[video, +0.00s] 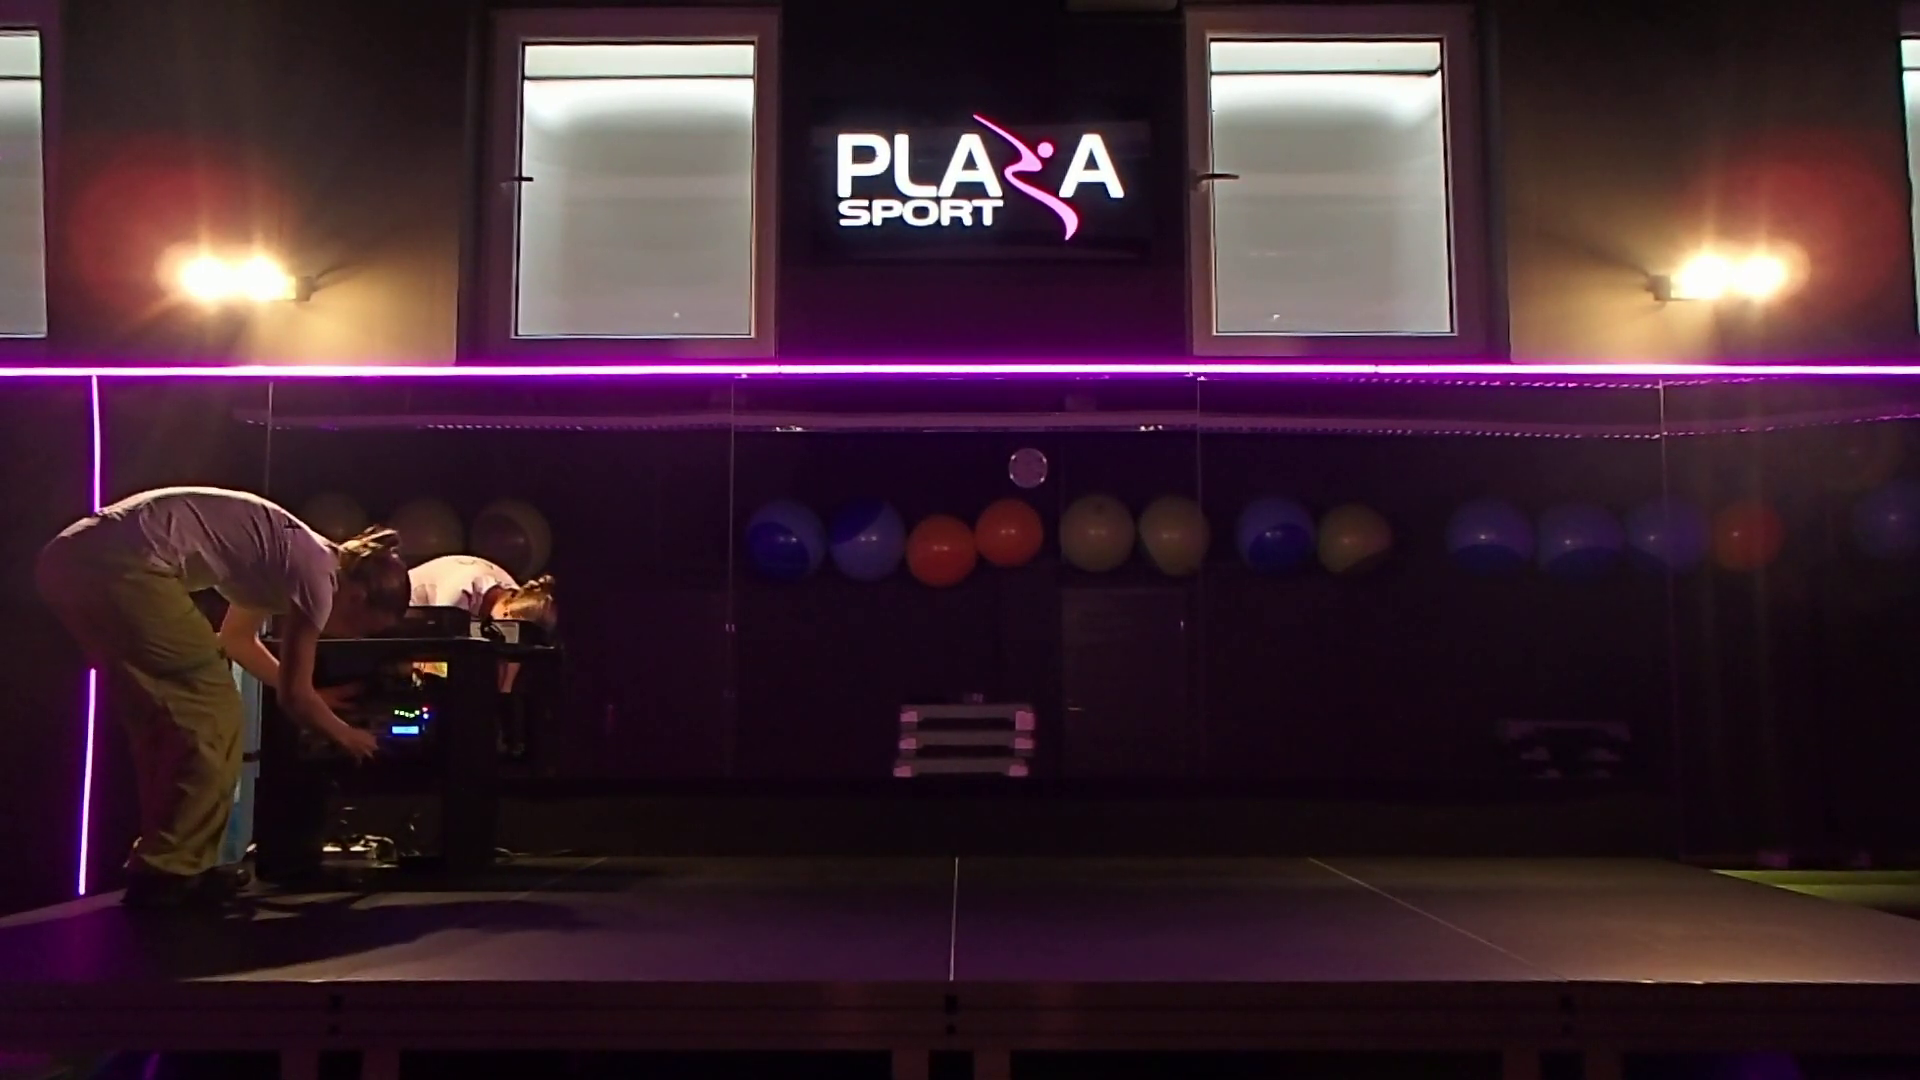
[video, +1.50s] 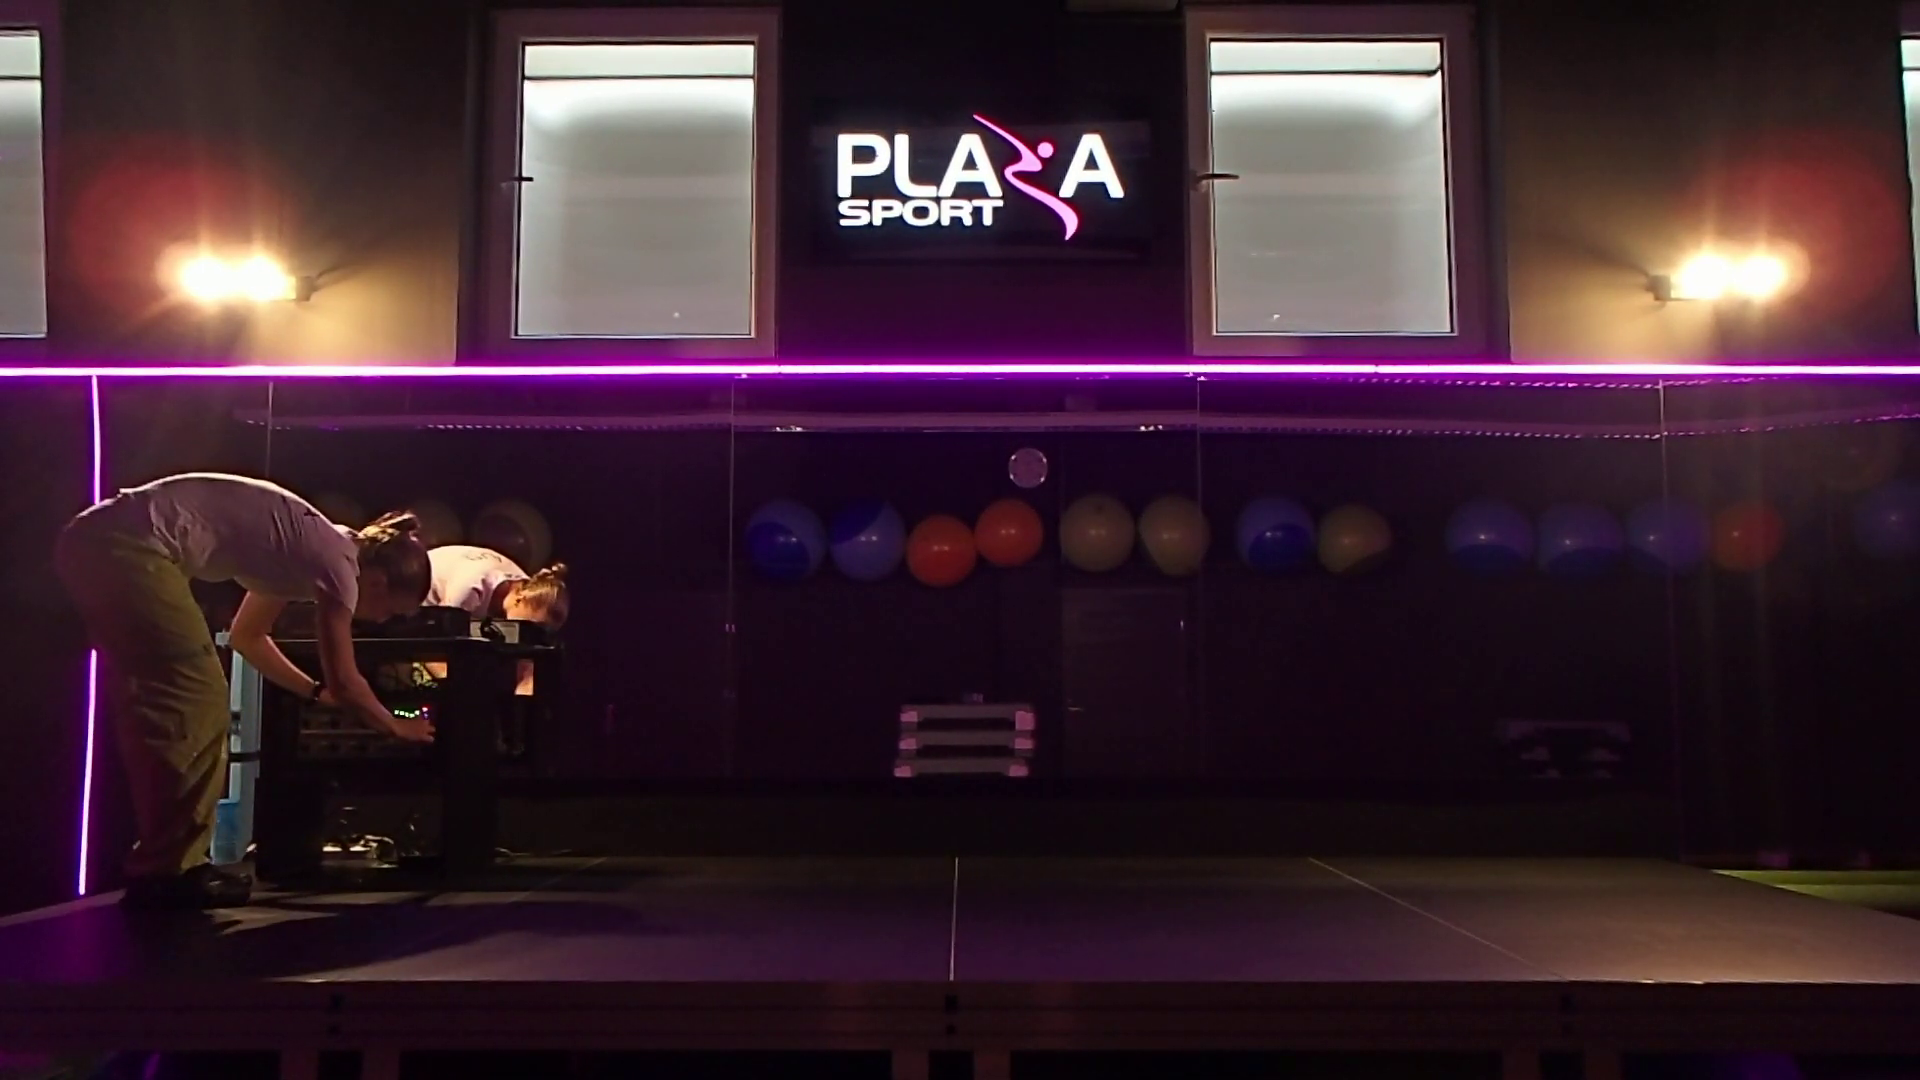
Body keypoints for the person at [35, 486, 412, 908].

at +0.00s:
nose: (354, 633)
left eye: (367, 630)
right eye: (365, 624)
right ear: (354, 592)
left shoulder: (277, 560)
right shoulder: (315, 572)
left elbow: (236, 638)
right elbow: (297, 695)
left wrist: (299, 689)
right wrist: (344, 734)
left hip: (79, 559)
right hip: (123, 563)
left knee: (161, 710)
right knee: (214, 701)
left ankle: (163, 862)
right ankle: (173, 869)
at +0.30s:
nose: (371, 595)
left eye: (382, 586)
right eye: (379, 579)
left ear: (357, 537)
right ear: (365, 551)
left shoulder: (290, 523)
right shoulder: (311, 535)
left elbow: (245, 628)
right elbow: (269, 644)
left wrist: (294, 679)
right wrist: (305, 745)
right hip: (121, 562)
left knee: (185, 720)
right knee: (202, 722)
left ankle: (175, 868)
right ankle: (167, 874)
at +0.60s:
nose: (390, 550)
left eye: (398, 542)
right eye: (394, 537)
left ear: (372, 507)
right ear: (374, 507)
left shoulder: (310, 523)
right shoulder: (299, 489)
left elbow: (268, 604)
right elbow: (209, 554)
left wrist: (317, 676)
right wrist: (186, 654)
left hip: (144, 558)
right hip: (102, 548)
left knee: (194, 699)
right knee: (155, 704)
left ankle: (188, 859)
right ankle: (151, 874)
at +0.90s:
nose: (378, 589)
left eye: (387, 582)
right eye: (385, 578)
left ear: (365, 541)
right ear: (372, 549)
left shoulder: (307, 529)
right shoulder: (306, 538)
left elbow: (260, 627)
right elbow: (271, 649)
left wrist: (315, 688)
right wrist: (311, 731)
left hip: (139, 557)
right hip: (104, 550)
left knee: (191, 701)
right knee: (172, 703)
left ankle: (182, 865)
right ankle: (163, 874)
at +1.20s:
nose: (379, 614)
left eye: (391, 609)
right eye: (388, 604)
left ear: (374, 566)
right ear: (377, 575)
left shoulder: (294, 553)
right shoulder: (330, 559)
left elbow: (248, 634)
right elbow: (341, 679)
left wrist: (313, 690)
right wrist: (396, 726)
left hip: (103, 545)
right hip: (119, 549)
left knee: (176, 697)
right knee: (195, 696)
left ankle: (168, 866)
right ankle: (171, 871)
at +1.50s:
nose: (379, 619)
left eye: (391, 615)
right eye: (389, 609)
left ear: (377, 570)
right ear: (378, 578)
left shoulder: (296, 553)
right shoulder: (337, 559)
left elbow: (246, 636)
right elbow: (344, 680)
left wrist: (315, 691)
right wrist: (395, 726)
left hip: (108, 542)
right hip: (130, 547)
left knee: (167, 695)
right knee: (197, 697)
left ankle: (167, 865)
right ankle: (170, 870)